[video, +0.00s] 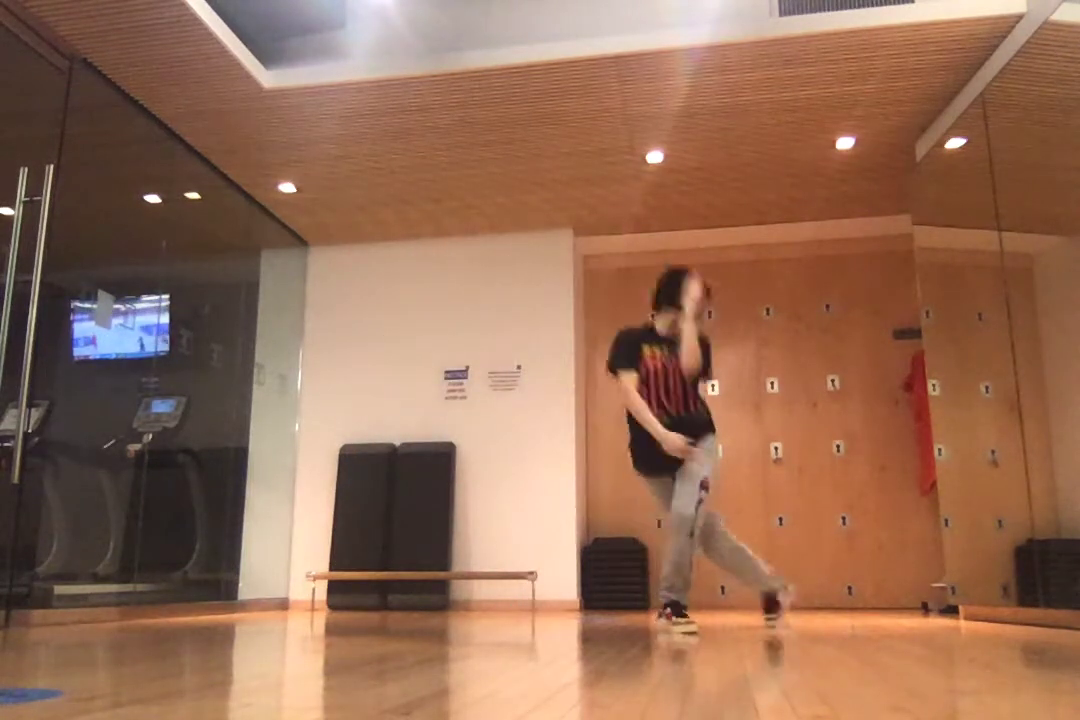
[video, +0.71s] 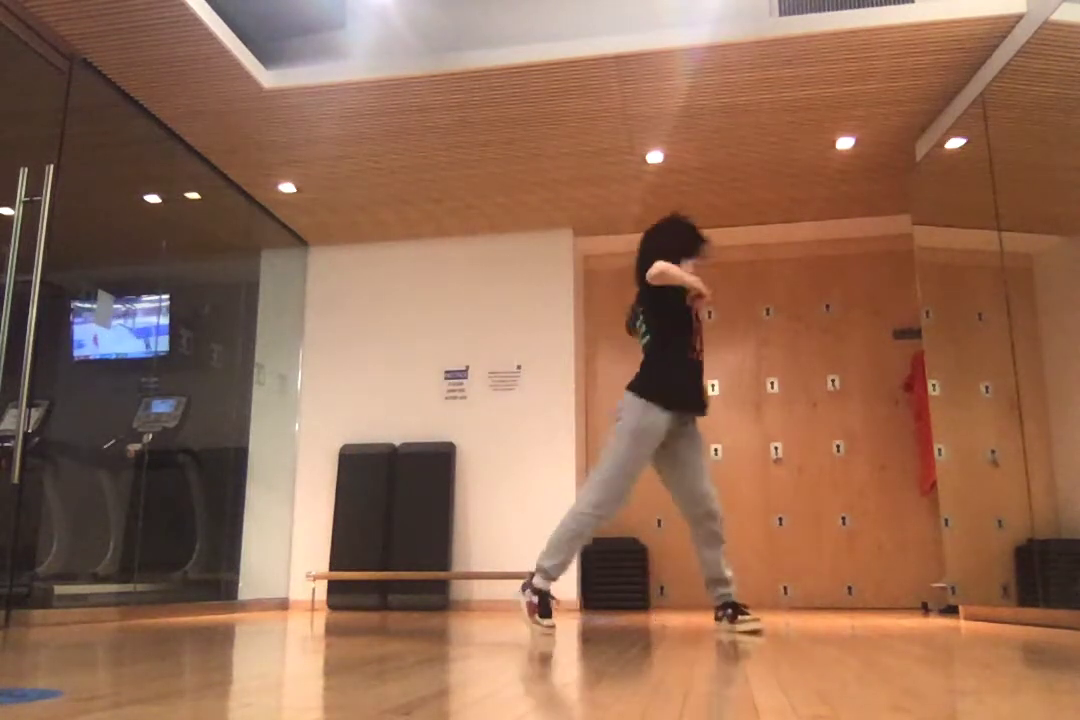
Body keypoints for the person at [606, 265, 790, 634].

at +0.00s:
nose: (694, 309)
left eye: (699, 303)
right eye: (688, 301)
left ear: (700, 307)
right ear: (669, 299)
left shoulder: (696, 342)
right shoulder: (631, 340)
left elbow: (691, 367)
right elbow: (630, 396)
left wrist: (689, 314)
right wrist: (664, 435)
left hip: (698, 439)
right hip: (652, 451)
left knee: (684, 516)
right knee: (704, 528)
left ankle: (672, 603)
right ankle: (771, 587)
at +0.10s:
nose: (648, 273)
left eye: (656, 263)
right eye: (642, 266)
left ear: (675, 268)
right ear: (635, 273)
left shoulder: (691, 307)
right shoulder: (626, 322)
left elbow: (661, 318)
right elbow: (622, 378)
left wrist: (620, 287)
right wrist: (635, 428)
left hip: (695, 424)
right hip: (652, 432)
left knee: (688, 504)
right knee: (656, 524)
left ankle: (705, 582)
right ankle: (705, 568)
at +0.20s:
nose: (634, 275)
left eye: (641, 266)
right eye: (627, 270)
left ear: (660, 267)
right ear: (621, 277)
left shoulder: (666, 299)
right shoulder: (632, 321)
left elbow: (622, 330)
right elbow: (634, 384)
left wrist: (578, 359)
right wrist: (634, 434)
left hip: (696, 431)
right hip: (652, 435)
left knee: (699, 515)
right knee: (607, 501)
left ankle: (745, 590)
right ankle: (602, 597)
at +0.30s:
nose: (626, 300)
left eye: (633, 291)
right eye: (618, 294)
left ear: (650, 294)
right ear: (610, 305)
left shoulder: (660, 336)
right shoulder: (628, 349)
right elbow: (628, 402)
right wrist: (634, 449)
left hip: (692, 450)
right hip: (647, 450)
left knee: (704, 520)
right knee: (592, 508)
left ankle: (737, 600)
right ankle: (561, 603)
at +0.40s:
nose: (637, 322)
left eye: (647, 315)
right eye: (630, 315)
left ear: (662, 325)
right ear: (619, 323)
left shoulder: (674, 368)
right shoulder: (615, 368)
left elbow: (687, 430)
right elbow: (616, 430)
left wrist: (698, 477)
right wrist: (647, 471)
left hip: (673, 460)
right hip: (626, 454)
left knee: (705, 522)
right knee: (575, 512)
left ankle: (727, 605)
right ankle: (561, 604)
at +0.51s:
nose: (705, 301)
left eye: (706, 295)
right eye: (696, 295)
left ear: (707, 303)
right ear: (676, 301)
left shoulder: (707, 348)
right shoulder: (648, 339)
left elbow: (750, 384)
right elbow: (649, 389)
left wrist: (784, 415)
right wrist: (691, 397)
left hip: (660, 447)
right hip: (613, 441)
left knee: (711, 518)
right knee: (585, 519)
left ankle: (728, 606)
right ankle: (545, 603)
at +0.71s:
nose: (696, 264)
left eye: (697, 258)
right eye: (692, 256)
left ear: (665, 253)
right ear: (675, 253)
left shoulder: (670, 296)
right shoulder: (659, 284)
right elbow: (657, 272)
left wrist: (694, 309)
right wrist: (694, 284)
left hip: (679, 415)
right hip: (647, 407)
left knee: (705, 511)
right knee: (602, 498)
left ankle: (726, 602)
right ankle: (539, 583)